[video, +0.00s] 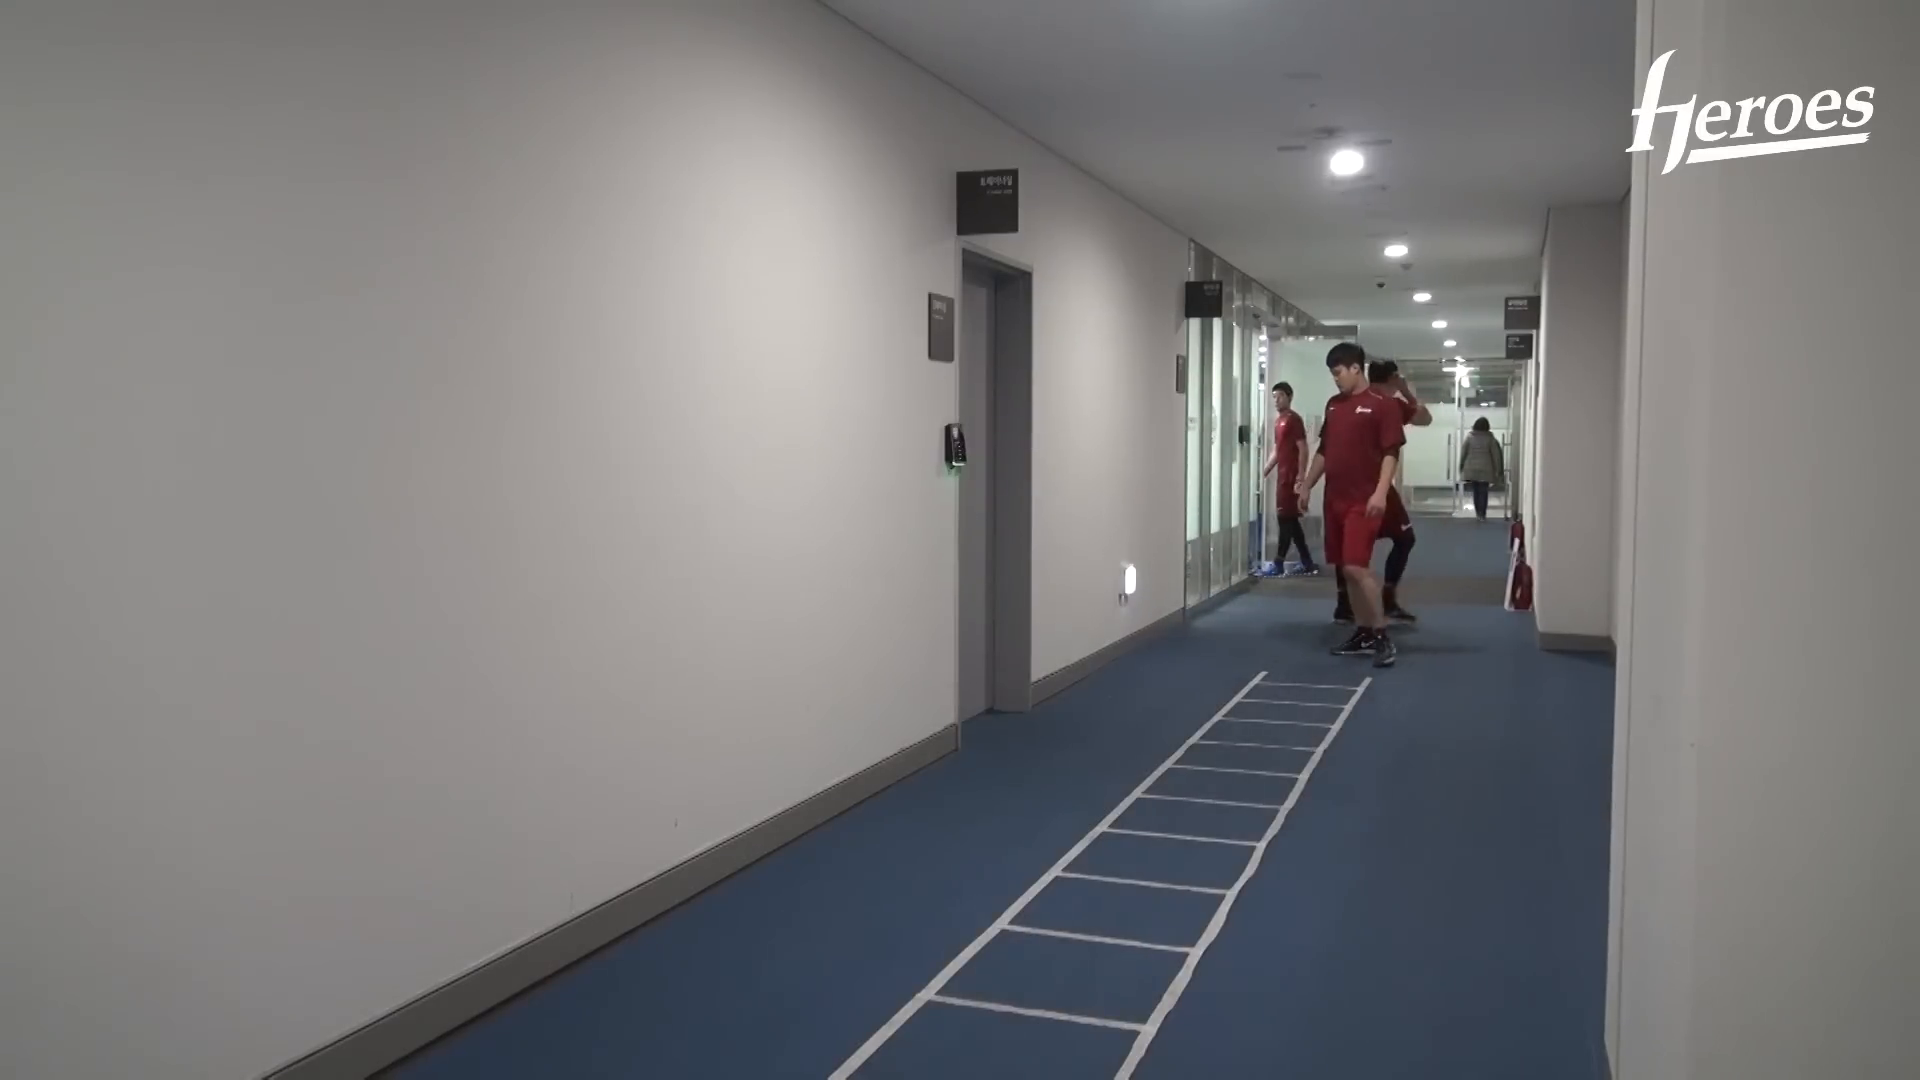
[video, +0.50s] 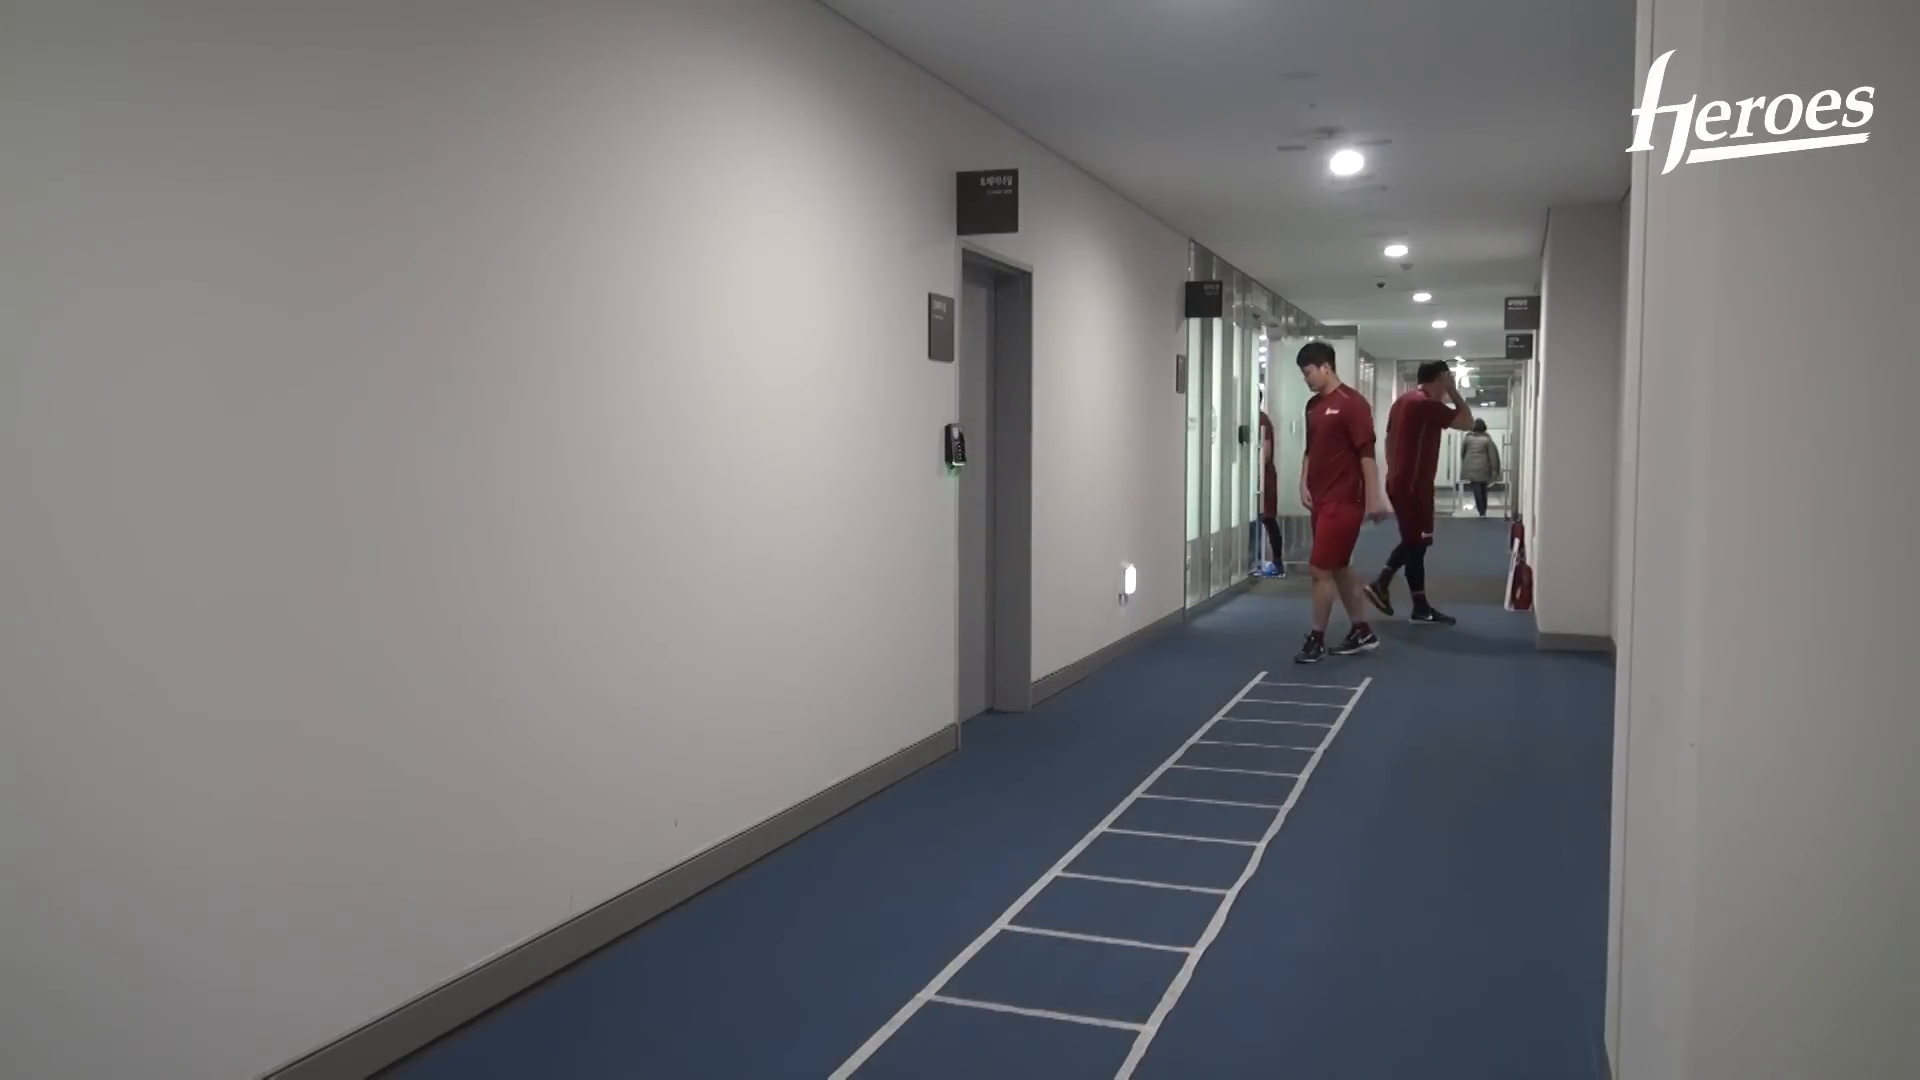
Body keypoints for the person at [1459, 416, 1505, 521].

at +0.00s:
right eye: (1487, 425)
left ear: (1475, 425)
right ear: (1487, 426)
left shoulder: (1470, 437)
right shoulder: (1490, 438)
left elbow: (1464, 453)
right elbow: (1496, 456)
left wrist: (1461, 466)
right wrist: (1498, 471)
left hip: (1472, 469)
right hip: (1485, 469)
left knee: (1476, 491)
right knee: (1484, 492)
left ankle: (1479, 513)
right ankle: (1482, 514)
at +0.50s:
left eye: (1476, 425)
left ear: (1473, 426)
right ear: (1484, 427)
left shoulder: (1468, 438)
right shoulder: (1487, 439)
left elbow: (1463, 452)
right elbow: (1493, 456)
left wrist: (1465, 461)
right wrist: (1495, 470)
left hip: (1470, 466)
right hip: (1483, 467)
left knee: (1476, 488)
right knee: (1483, 488)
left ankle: (1481, 511)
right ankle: (1483, 510)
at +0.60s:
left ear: (1470, 428)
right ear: (1482, 428)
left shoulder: (1466, 438)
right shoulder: (1485, 439)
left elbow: (1461, 453)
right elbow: (1491, 456)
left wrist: (1463, 463)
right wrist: (1495, 470)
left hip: (1469, 466)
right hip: (1482, 467)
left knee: (1474, 487)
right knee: (1481, 488)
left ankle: (1479, 508)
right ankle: (1481, 508)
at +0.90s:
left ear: (1464, 425)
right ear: (1475, 425)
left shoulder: (1460, 437)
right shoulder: (1477, 436)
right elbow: (1482, 453)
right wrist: (1482, 468)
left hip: (1462, 467)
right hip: (1476, 467)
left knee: (1459, 488)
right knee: (1477, 487)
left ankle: (1460, 507)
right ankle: (1479, 507)